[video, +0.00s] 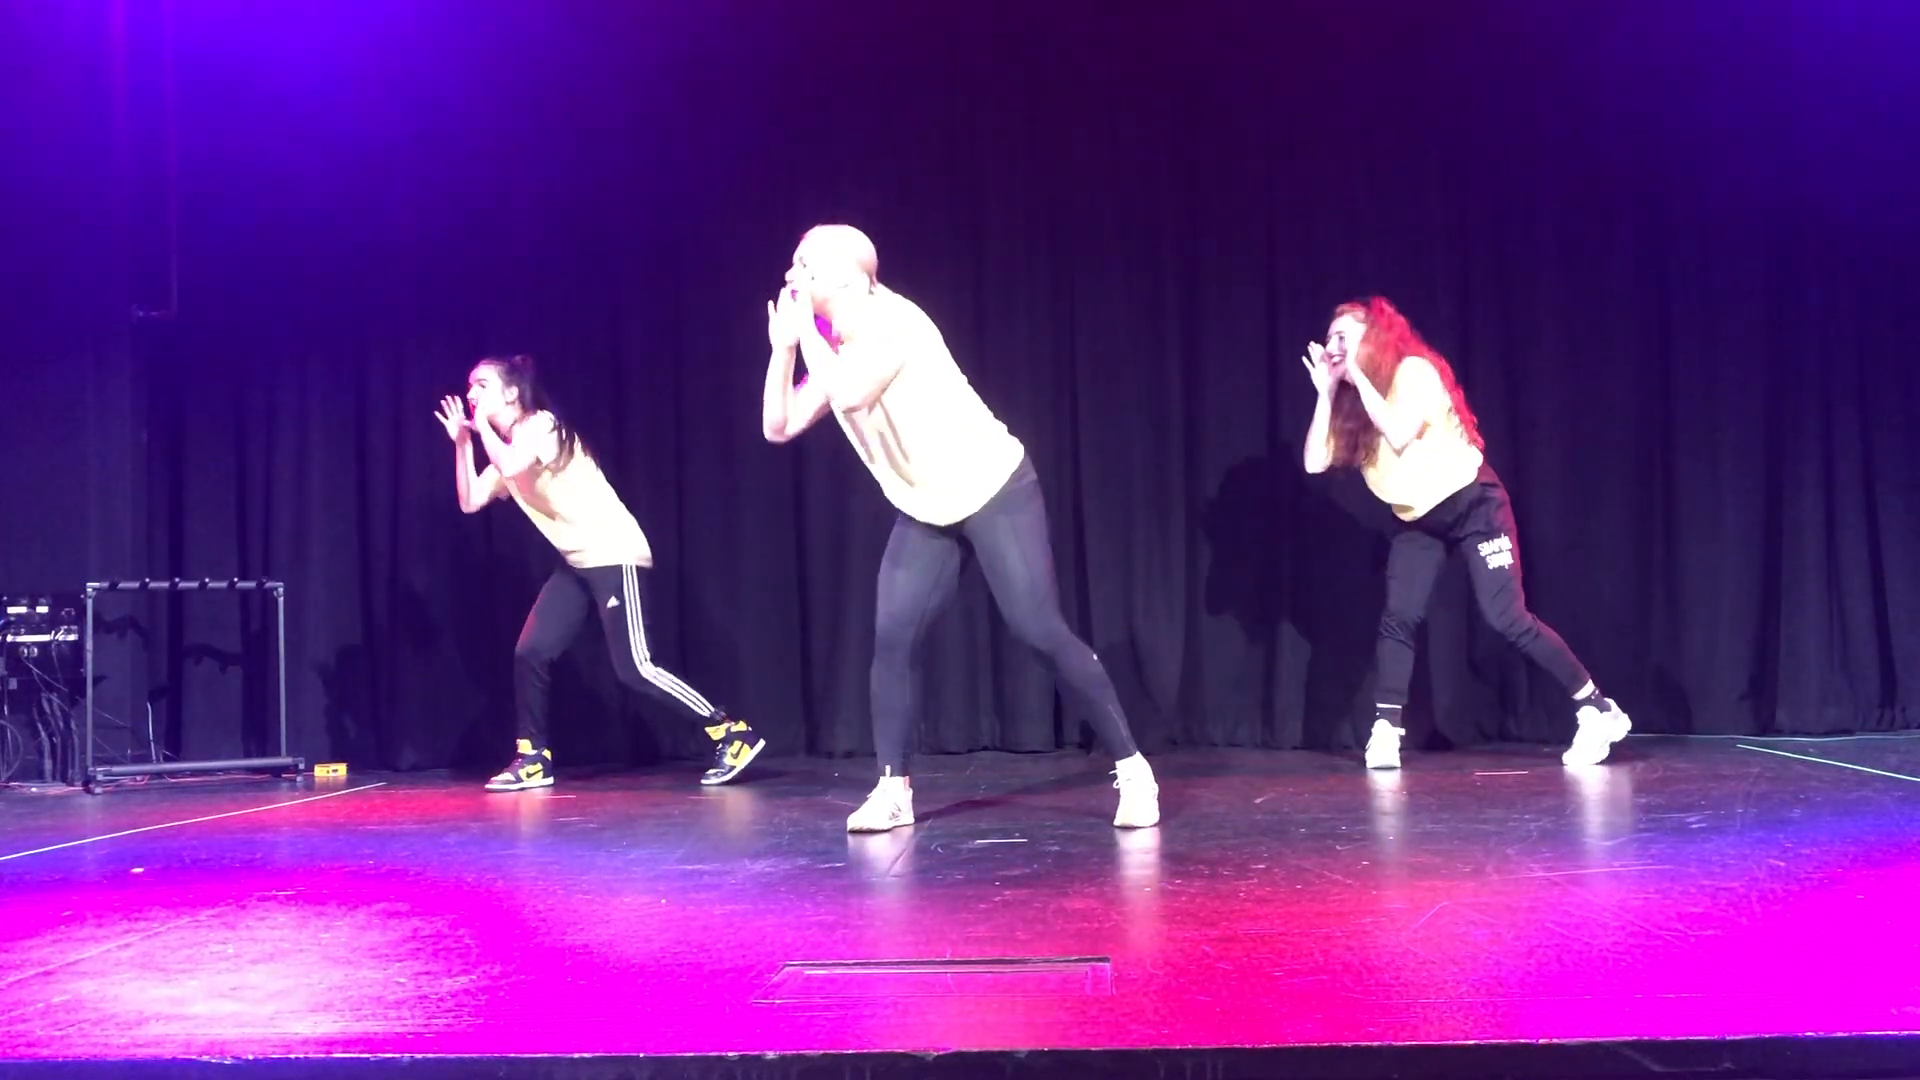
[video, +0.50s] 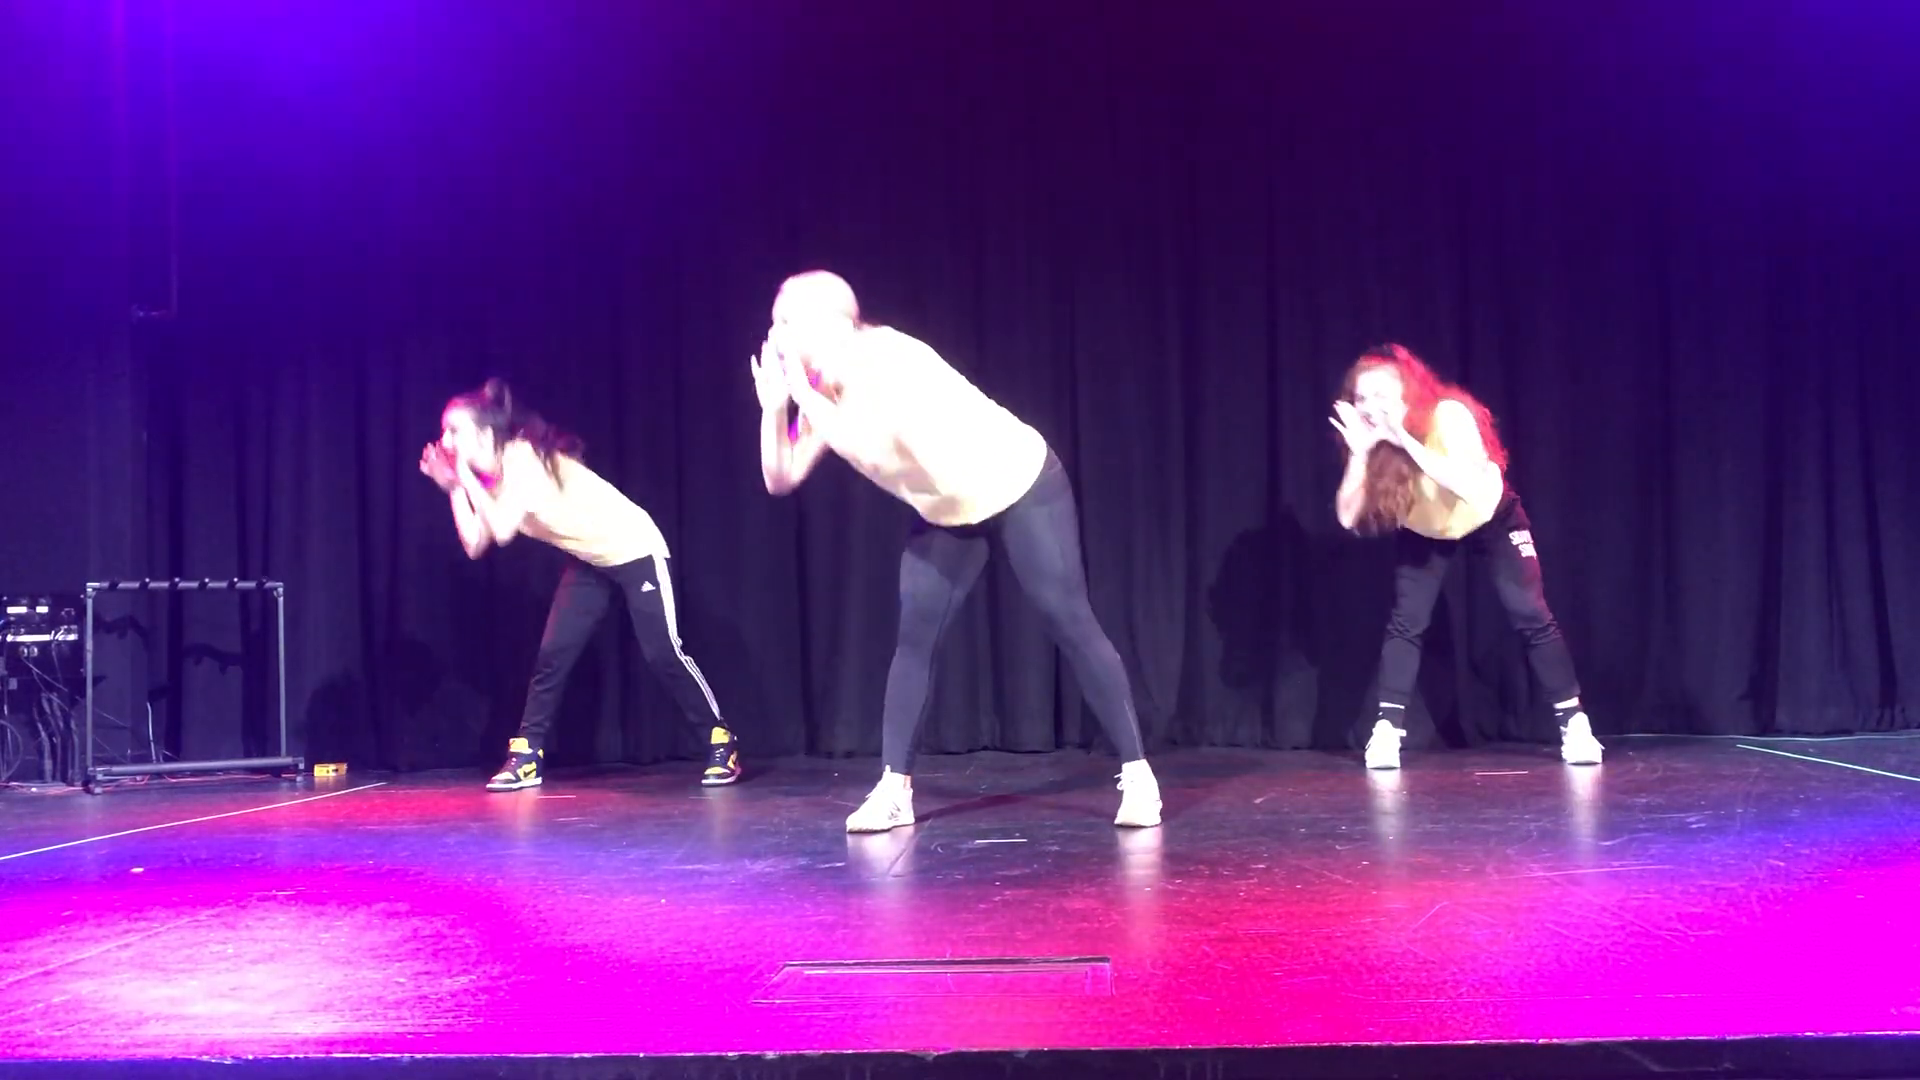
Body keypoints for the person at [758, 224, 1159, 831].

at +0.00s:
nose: (792, 274)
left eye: (805, 263)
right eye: (794, 264)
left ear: (850, 270)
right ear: (810, 277)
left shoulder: (892, 318)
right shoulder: (830, 343)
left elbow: (851, 396)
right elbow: (780, 426)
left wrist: (806, 330)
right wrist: (781, 349)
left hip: (994, 487)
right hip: (925, 507)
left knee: (1038, 628)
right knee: (893, 632)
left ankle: (1131, 766)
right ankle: (893, 788)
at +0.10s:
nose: (795, 288)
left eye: (808, 277)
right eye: (796, 279)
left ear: (851, 283)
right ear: (816, 289)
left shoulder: (896, 330)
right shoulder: (834, 361)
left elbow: (849, 400)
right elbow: (783, 436)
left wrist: (802, 344)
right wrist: (782, 360)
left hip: (988, 504)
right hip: (917, 522)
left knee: (1029, 641)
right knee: (878, 641)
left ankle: (1134, 769)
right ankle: (892, 790)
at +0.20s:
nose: (786, 271)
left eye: (800, 258)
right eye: (787, 261)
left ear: (847, 266)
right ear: (806, 276)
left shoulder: (887, 311)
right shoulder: (829, 347)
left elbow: (835, 376)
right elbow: (780, 418)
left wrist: (791, 329)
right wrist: (776, 342)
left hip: (989, 486)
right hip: (919, 509)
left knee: (1041, 623)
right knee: (890, 633)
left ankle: (1133, 769)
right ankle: (892, 788)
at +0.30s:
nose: (781, 266)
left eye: (793, 252)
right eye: (780, 257)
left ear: (835, 257)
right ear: (795, 271)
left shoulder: (880, 300)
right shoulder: (824, 336)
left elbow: (834, 368)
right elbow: (779, 409)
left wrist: (784, 319)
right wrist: (770, 335)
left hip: (995, 465)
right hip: (924, 493)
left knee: (1058, 611)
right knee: (907, 629)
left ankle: (1135, 763)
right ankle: (893, 785)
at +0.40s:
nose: (775, 287)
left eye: (789, 275)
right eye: (773, 276)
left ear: (832, 279)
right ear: (774, 289)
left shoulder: (879, 318)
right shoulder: (815, 354)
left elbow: (841, 395)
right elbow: (778, 434)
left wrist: (785, 347)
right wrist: (768, 358)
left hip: (1006, 470)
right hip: (932, 498)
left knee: (1064, 608)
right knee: (915, 630)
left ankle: (1136, 764)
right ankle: (893, 785)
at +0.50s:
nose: (780, 339)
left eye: (789, 324)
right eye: (777, 325)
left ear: (828, 324)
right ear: (782, 336)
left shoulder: (885, 358)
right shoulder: (819, 398)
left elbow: (869, 443)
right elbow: (781, 479)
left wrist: (803, 397)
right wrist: (770, 411)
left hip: (1024, 487)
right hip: (947, 514)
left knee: (1068, 618)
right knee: (914, 638)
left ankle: (1136, 772)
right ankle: (893, 787)